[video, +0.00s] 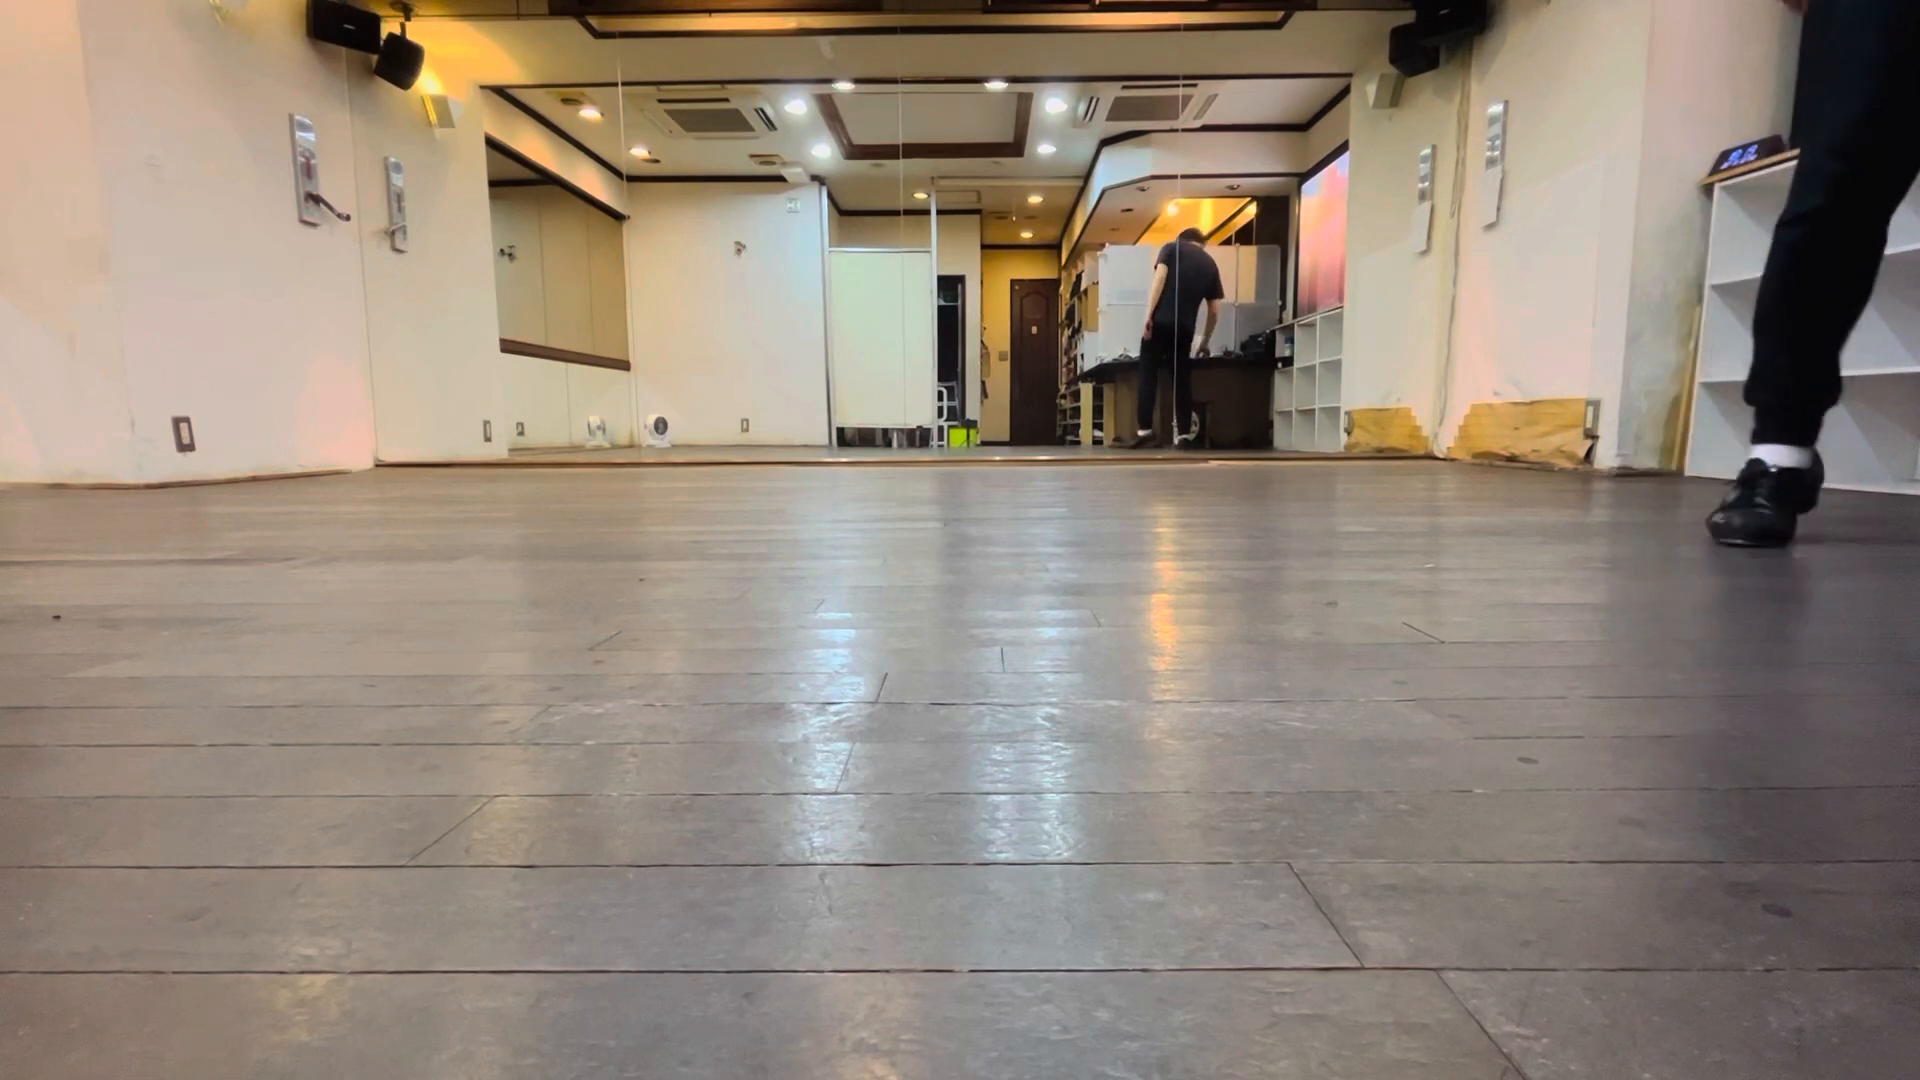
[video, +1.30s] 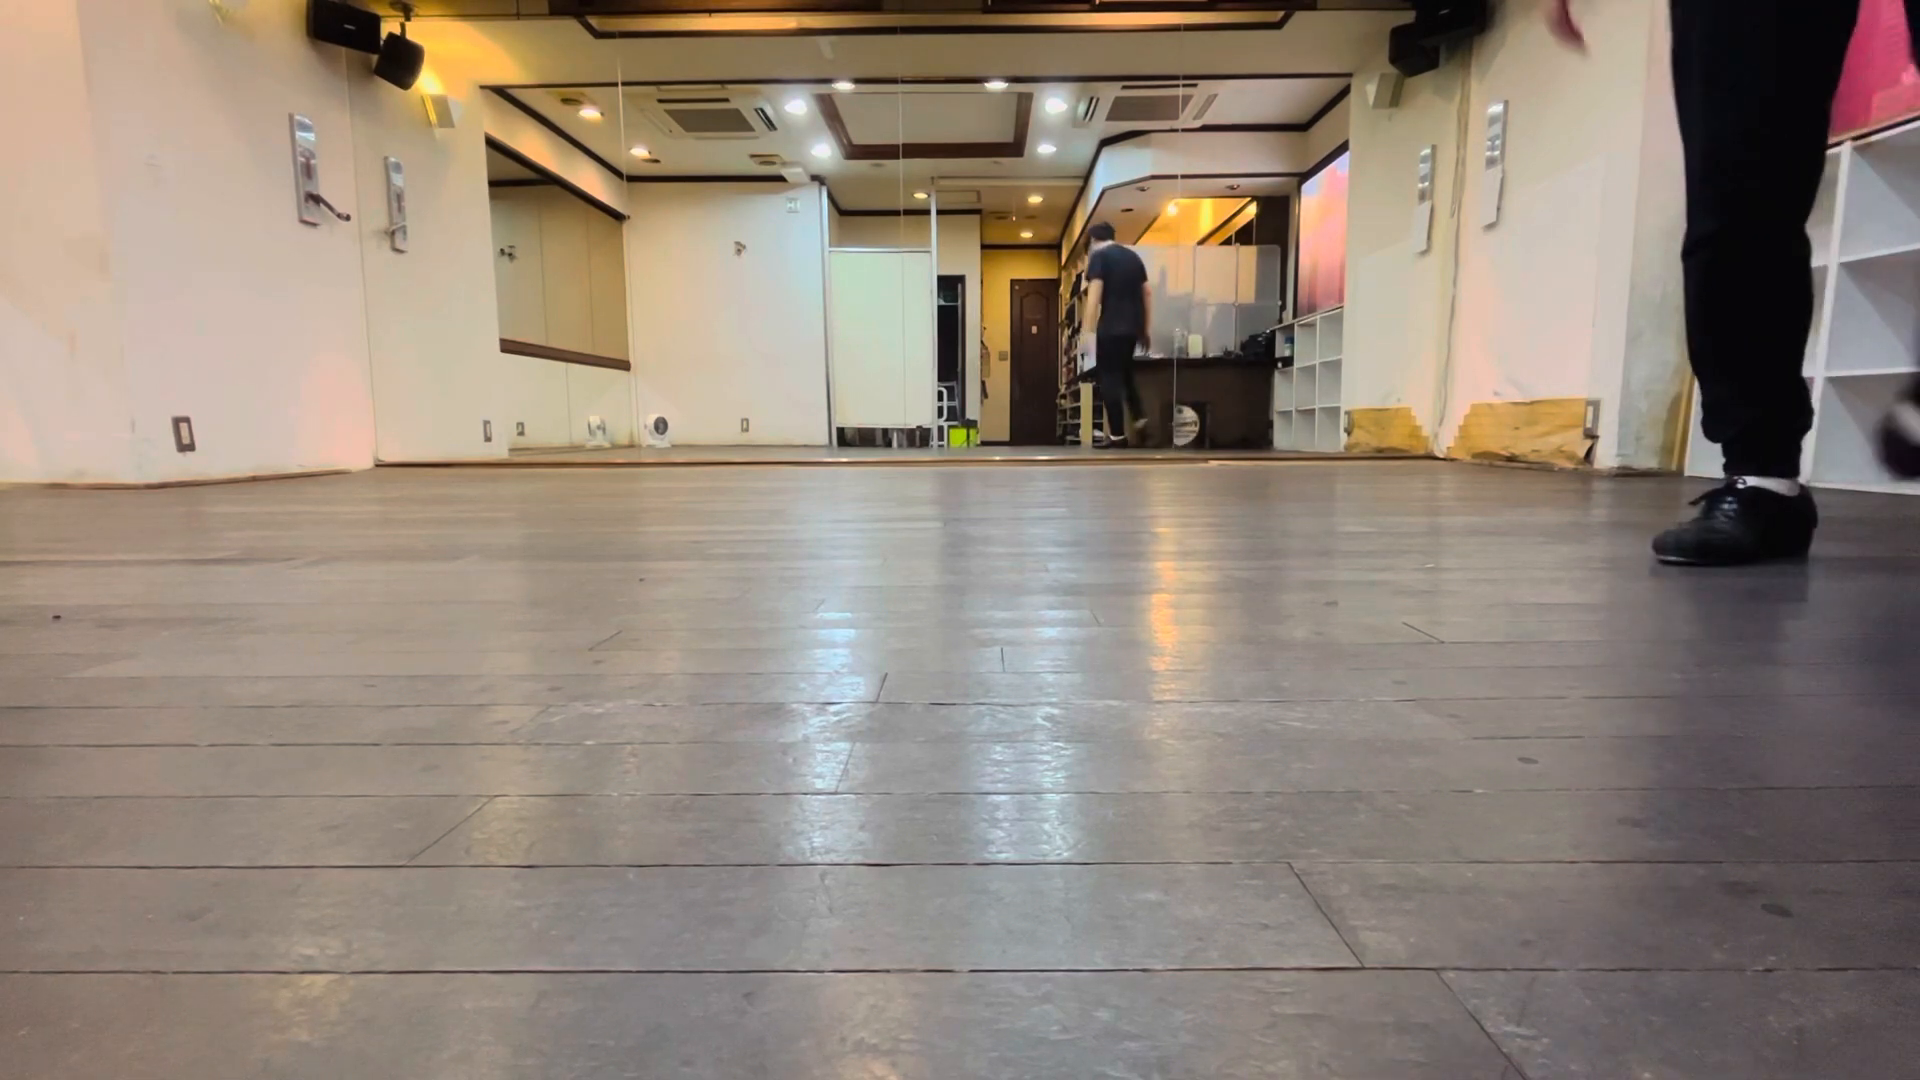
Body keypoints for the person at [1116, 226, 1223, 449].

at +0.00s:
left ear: (1181, 239)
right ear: (1201, 244)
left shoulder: (1171, 247)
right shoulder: (1210, 263)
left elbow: (1160, 278)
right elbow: (1214, 311)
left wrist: (1149, 314)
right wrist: (1205, 342)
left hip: (1159, 324)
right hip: (1184, 328)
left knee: (1147, 373)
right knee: (1182, 377)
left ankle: (1145, 429)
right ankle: (1182, 433)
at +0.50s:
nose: (1166, 244)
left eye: (1167, 241)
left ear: (1169, 240)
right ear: (1189, 242)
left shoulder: (1163, 249)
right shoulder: (1200, 261)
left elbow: (1154, 280)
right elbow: (1207, 307)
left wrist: (1144, 318)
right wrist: (1203, 340)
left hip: (1155, 327)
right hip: (1180, 330)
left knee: (1142, 373)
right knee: (1179, 378)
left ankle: (1144, 428)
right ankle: (1182, 432)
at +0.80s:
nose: (1143, 249)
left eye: (1143, 246)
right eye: (1143, 246)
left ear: (1147, 242)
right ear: (1165, 241)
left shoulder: (1150, 251)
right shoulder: (1184, 259)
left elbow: (1154, 279)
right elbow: (1195, 299)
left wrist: (1161, 315)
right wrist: (1188, 326)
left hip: (1149, 326)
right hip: (1177, 328)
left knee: (1136, 377)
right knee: (1177, 379)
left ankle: (1123, 431)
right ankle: (1182, 433)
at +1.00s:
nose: (1119, 251)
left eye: (1119, 247)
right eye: (1119, 247)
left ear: (1123, 243)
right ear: (1141, 240)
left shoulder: (1129, 255)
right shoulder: (1160, 256)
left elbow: (1139, 280)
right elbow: (1173, 292)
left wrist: (1151, 313)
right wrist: (1169, 319)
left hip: (1136, 327)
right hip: (1161, 328)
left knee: (1123, 376)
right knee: (1167, 378)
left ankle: (1117, 433)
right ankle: (1182, 429)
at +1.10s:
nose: (1108, 249)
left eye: (1107, 245)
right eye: (1107, 246)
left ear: (1110, 243)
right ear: (1130, 239)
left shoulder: (1116, 255)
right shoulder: (1149, 256)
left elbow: (1125, 282)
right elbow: (1164, 293)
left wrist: (1135, 317)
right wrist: (1160, 322)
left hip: (1127, 325)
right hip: (1152, 325)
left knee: (1115, 374)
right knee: (1156, 374)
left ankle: (1117, 434)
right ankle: (1172, 429)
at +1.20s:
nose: (1099, 249)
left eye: (1098, 245)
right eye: (1098, 246)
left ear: (1102, 242)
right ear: (1121, 238)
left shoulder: (1107, 256)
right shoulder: (1140, 257)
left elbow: (1110, 287)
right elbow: (1155, 292)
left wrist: (1111, 324)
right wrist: (1152, 327)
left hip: (1119, 326)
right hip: (1142, 326)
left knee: (1110, 376)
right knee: (1139, 372)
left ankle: (1116, 434)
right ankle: (1165, 420)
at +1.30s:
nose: (1091, 245)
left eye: (1091, 241)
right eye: (1091, 241)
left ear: (1094, 239)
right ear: (1112, 237)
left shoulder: (1098, 256)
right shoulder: (1132, 256)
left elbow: (1095, 293)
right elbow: (1146, 293)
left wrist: (1087, 331)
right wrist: (1145, 329)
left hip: (1110, 328)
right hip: (1132, 328)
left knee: (1108, 378)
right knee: (1126, 373)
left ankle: (1117, 434)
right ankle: (1139, 418)